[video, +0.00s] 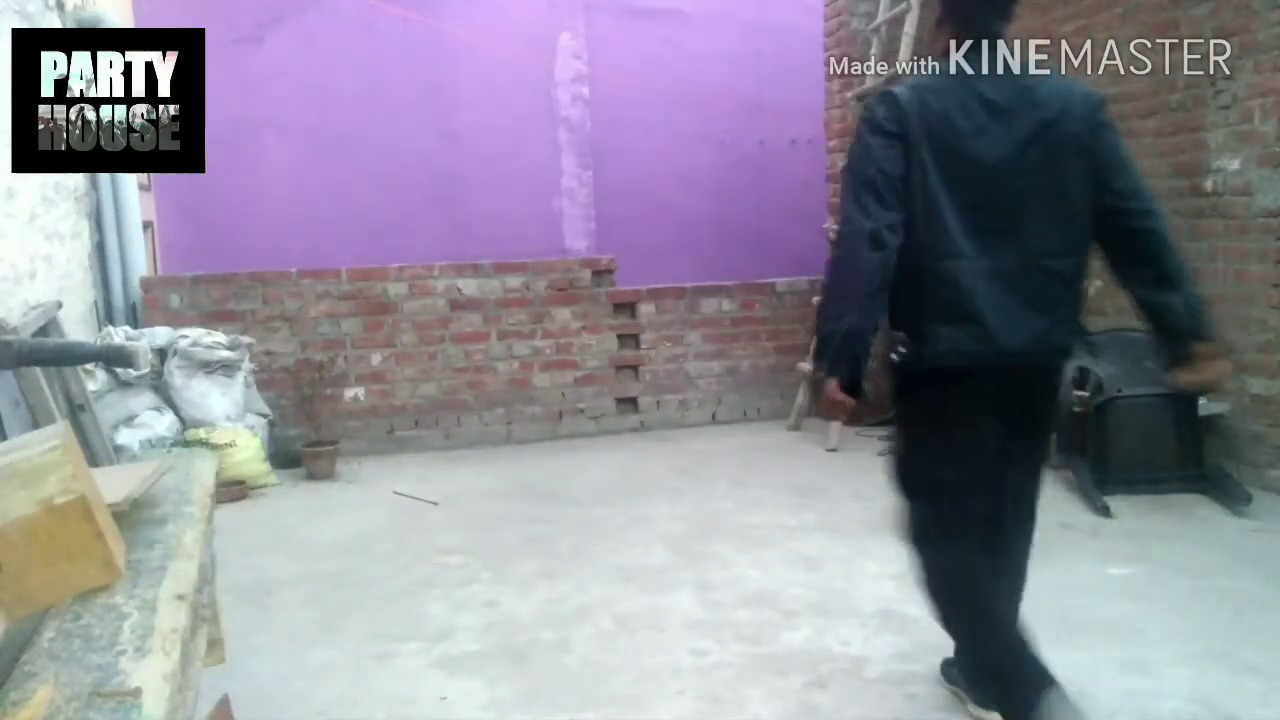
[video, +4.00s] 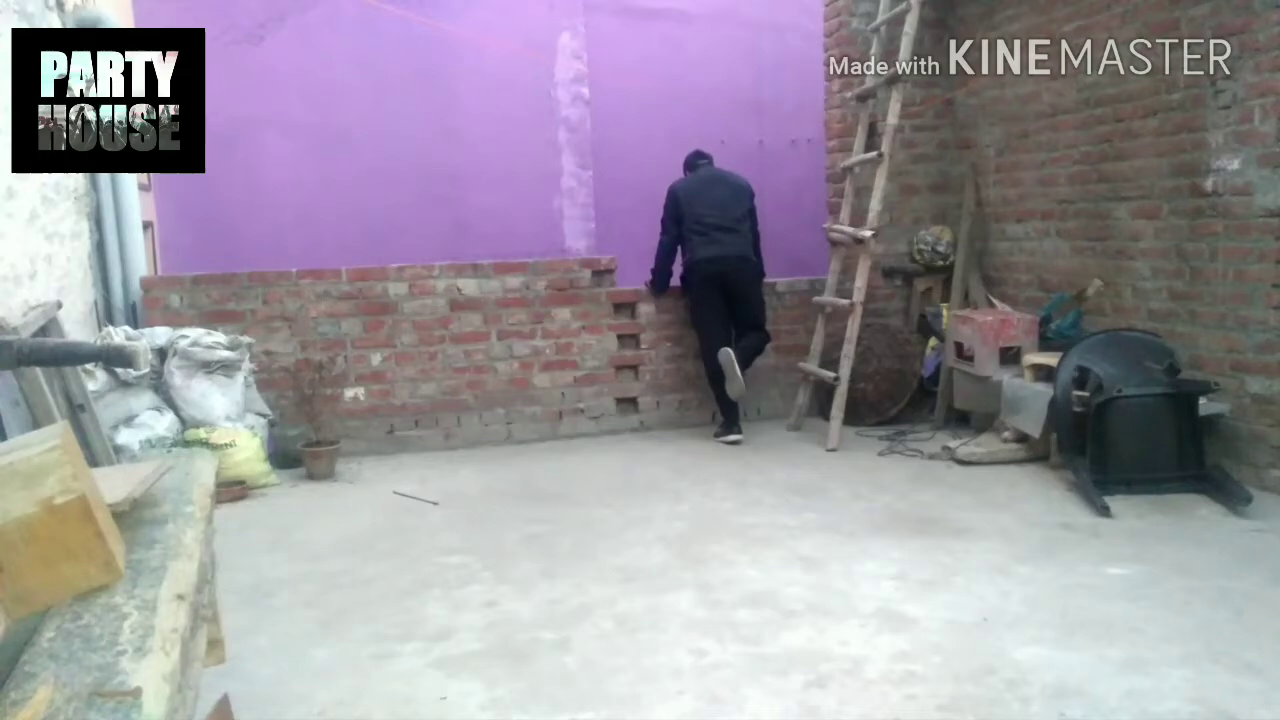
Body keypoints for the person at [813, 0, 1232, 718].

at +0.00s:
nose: (938, 30)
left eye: (938, 22)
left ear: (942, 27)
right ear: (1009, 25)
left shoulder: (900, 110)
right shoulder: (1073, 107)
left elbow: (868, 239)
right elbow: (1134, 226)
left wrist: (842, 359)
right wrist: (1185, 331)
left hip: (938, 362)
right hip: (1035, 361)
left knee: (945, 528)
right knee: (1007, 511)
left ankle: (1032, 694)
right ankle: (978, 664)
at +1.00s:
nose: (769, 98)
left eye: (768, 90)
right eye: (780, 87)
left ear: (768, 92)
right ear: (818, 89)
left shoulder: (751, 149)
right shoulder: (844, 142)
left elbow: (694, 158)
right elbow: (875, 147)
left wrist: (735, 106)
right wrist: (837, 109)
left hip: (767, 297)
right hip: (826, 297)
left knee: (781, 415)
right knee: (814, 403)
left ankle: (829, 543)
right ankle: (797, 513)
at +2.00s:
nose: (722, 125)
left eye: (715, 116)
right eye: (734, 118)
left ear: (707, 121)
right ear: (743, 121)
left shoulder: (683, 174)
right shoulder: (767, 173)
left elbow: (666, 236)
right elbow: (794, 235)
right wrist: (814, 282)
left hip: (701, 297)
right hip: (754, 296)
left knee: (703, 383)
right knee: (753, 371)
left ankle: (703, 478)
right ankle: (755, 456)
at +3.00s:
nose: (707, 151)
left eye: (702, 147)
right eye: (718, 144)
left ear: (698, 149)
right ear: (727, 145)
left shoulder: (687, 184)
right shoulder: (754, 177)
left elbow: (671, 230)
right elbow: (771, 222)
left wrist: (658, 266)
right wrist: (771, 259)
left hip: (707, 280)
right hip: (752, 277)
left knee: (718, 351)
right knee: (758, 349)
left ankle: (731, 427)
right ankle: (754, 419)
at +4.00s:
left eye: (689, 170)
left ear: (687, 170)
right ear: (712, 165)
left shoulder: (679, 189)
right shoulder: (741, 184)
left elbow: (669, 239)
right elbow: (753, 233)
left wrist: (659, 282)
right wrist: (757, 269)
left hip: (702, 273)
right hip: (742, 268)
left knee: (715, 345)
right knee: (755, 331)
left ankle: (730, 423)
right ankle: (737, 359)